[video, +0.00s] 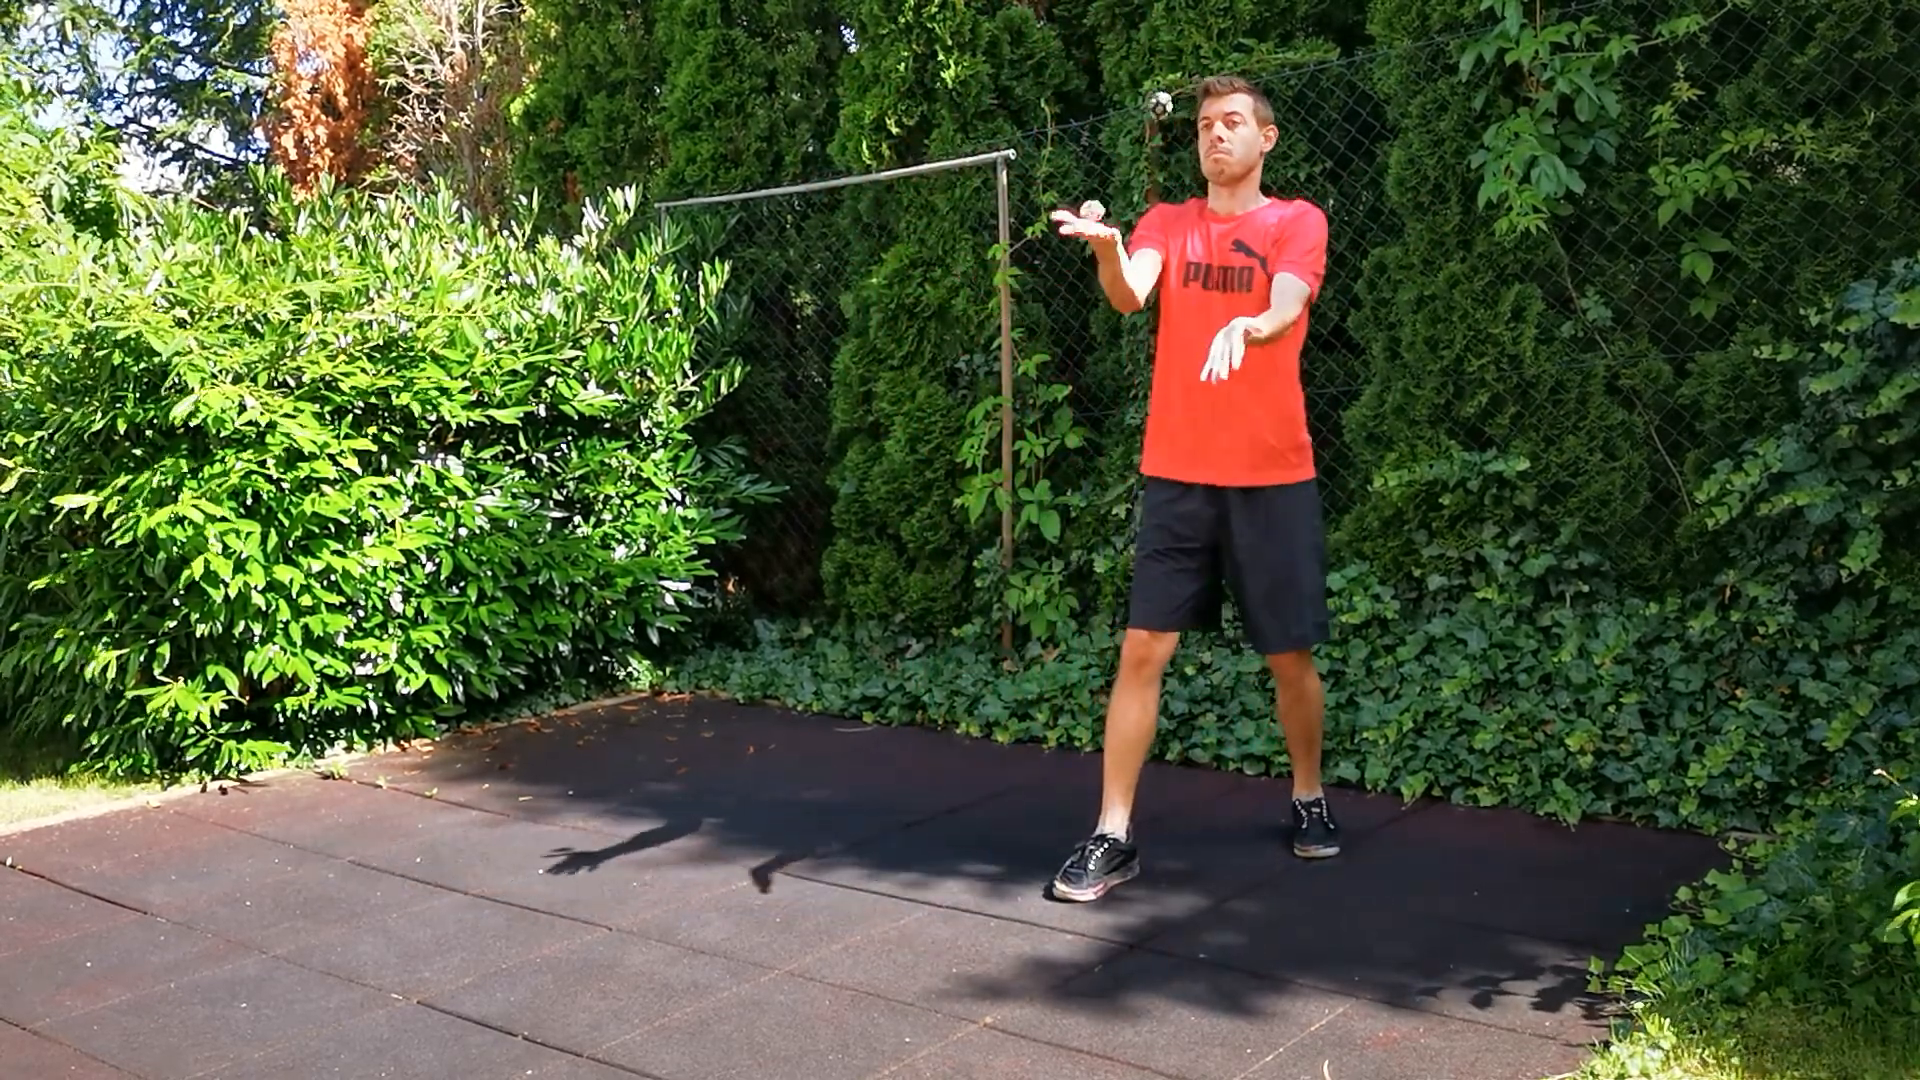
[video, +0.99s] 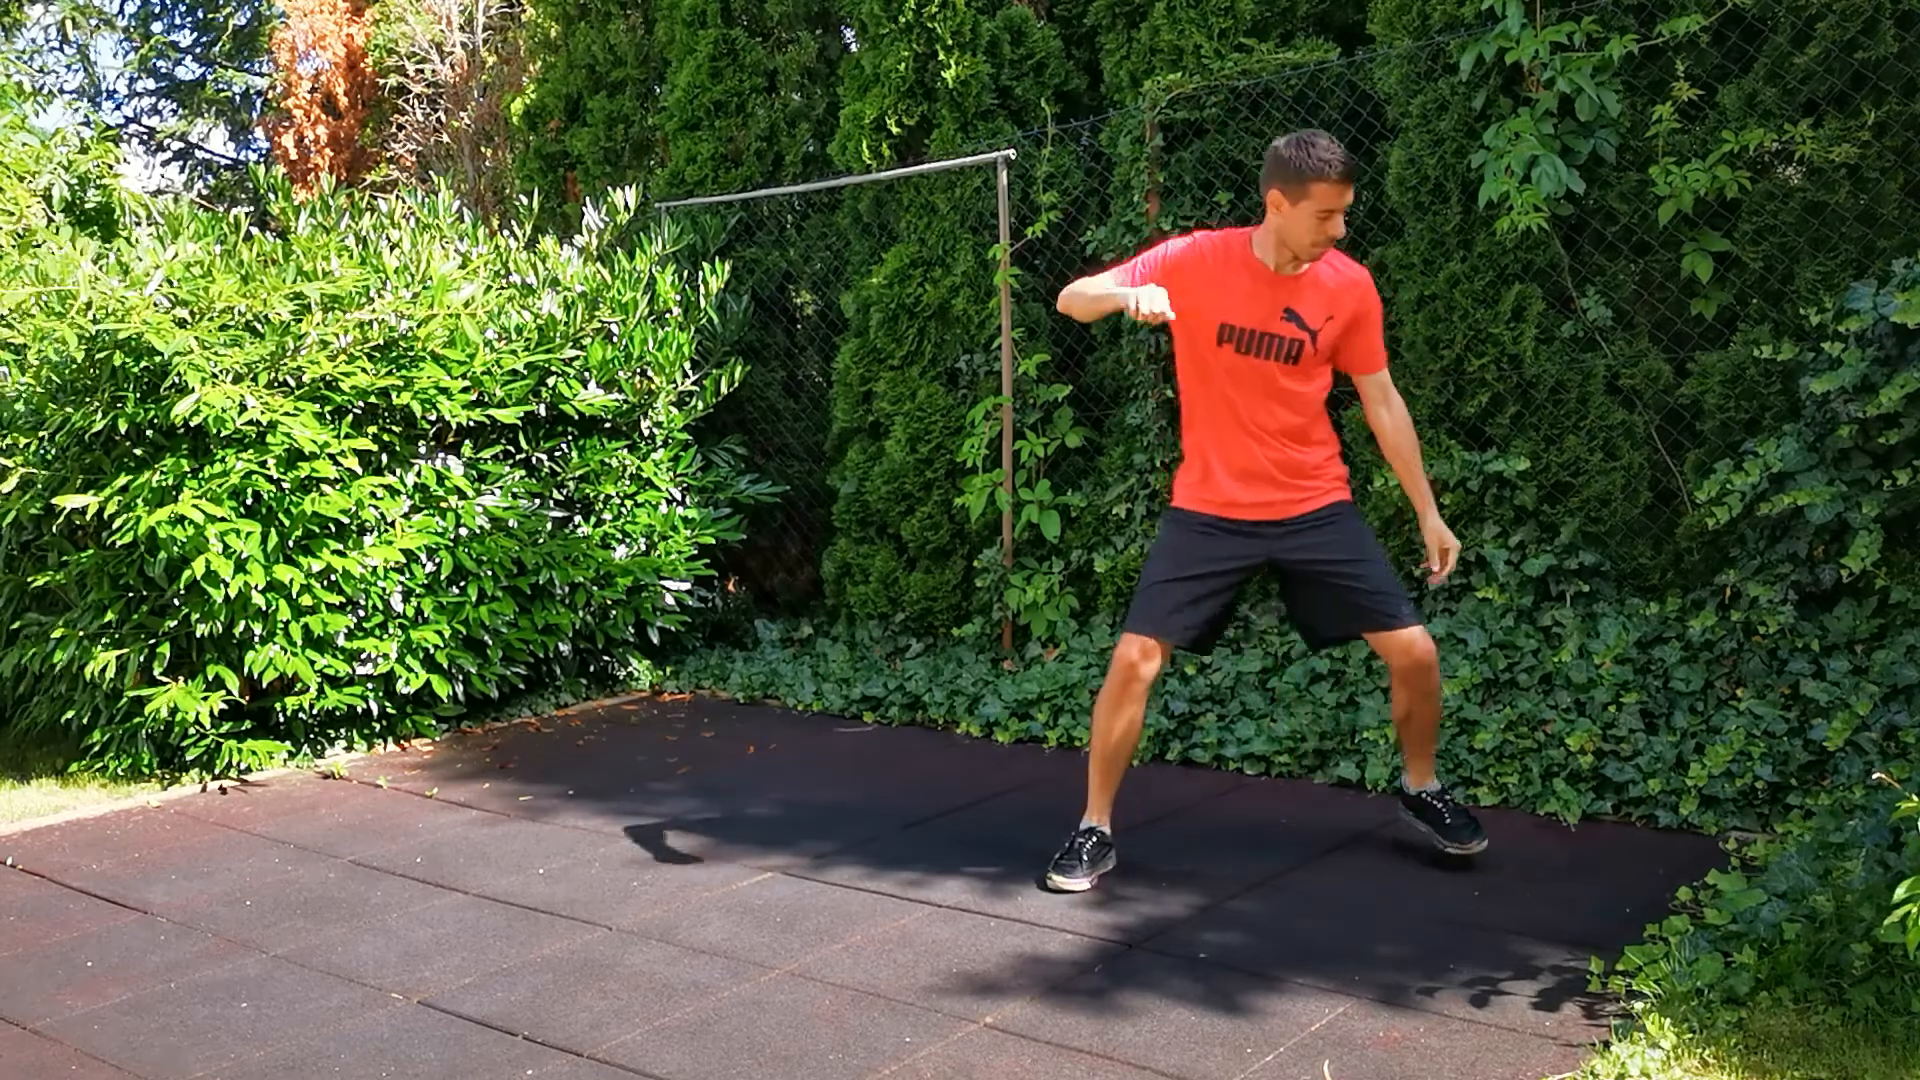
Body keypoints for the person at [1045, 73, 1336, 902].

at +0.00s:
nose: (1219, 134)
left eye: (1234, 121)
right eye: (1209, 125)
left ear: (1268, 138)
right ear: (1195, 146)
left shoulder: (1300, 221)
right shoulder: (1164, 221)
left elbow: (1289, 301)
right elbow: (1127, 298)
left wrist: (1250, 327)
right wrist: (1107, 246)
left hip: (1272, 475)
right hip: (1176, 471)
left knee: (1289, 652)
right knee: (1142, 648)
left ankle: (1309, 800)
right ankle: (1110, 833)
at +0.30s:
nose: (1242, 151)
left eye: (1256, 138)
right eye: (1230, 140)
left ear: (1288, 149)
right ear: (1216, 155)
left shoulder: (1314, 230)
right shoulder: (1189, 233)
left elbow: (1258, 302)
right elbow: (1177, 358)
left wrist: (1193, 310)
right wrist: (1178, 311)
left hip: (1284, 479)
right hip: (1192, 475)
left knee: (1295, 660)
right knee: (1147, 647)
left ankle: (1310, 803)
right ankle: (1114, 833)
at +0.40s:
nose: (1243, 162)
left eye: (1258, 148)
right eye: (1231, 150)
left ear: (1290, 156)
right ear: (1219, 160)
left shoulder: (1316, 246)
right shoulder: (1190, 241)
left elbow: (1290, 367)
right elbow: (1172, 355)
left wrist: (1280, 337)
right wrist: (1144, 372)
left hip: (1282, 492)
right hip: (1192, 483)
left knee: (1291, 672)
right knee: (1144, 650)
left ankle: (1309, 801)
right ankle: (1112, 833)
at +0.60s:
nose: (1264, 176)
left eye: (1278, 161)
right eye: (1252, 162)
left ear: (1309, 161)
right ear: (1235, 166)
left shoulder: (1339, 255)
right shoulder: (1194, 242)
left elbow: (1369, 366)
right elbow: (1139, 345)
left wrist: (1396, 380)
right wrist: (1063, 371)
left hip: (1291, 499)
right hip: (1193, 489)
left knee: (1300, 670)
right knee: (1143, 646)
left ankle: (1309, 801)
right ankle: (1111, 833)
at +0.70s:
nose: (1266, 180)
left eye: (1282, 164)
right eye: (1254, 164)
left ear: (1308, 159)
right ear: (1234, 159)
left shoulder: (1345, 248)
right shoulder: (1190, 237)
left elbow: (1400, 350)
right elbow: (1096, 308)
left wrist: (1452, 363)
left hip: (1294, 500)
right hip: (1195, 490)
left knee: (1303, 673)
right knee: (1144, 646)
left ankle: (1310, 804)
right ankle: (1108, 830)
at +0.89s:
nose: (1296, 204)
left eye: (1303, 189)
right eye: (1282, 188)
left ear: (1305, 183)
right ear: (1234, 178)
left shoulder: (1324, 262)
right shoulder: (1173, 244)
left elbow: (1364, 376)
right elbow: (1064, 289)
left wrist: (1406, 481)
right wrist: (1129, 219)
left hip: (1305, 508)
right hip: (1196, 504)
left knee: (1367, 668)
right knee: (1136, 658)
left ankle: (1338, 777)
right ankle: (1094, 827)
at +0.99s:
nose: (1337, 230)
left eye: (1343, 214)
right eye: (1324, 214)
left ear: (1339, 208)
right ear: (1274, 203)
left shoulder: (1349, 288)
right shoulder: (1194, 258)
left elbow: (1382, 401)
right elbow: (1070, 298)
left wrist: (1428, 513)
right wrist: (1122, 295)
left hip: (1318, 510)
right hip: (1208, 511)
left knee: (1416, 654)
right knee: (1134, 657)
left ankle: (1421, 788)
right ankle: (1094, 827)